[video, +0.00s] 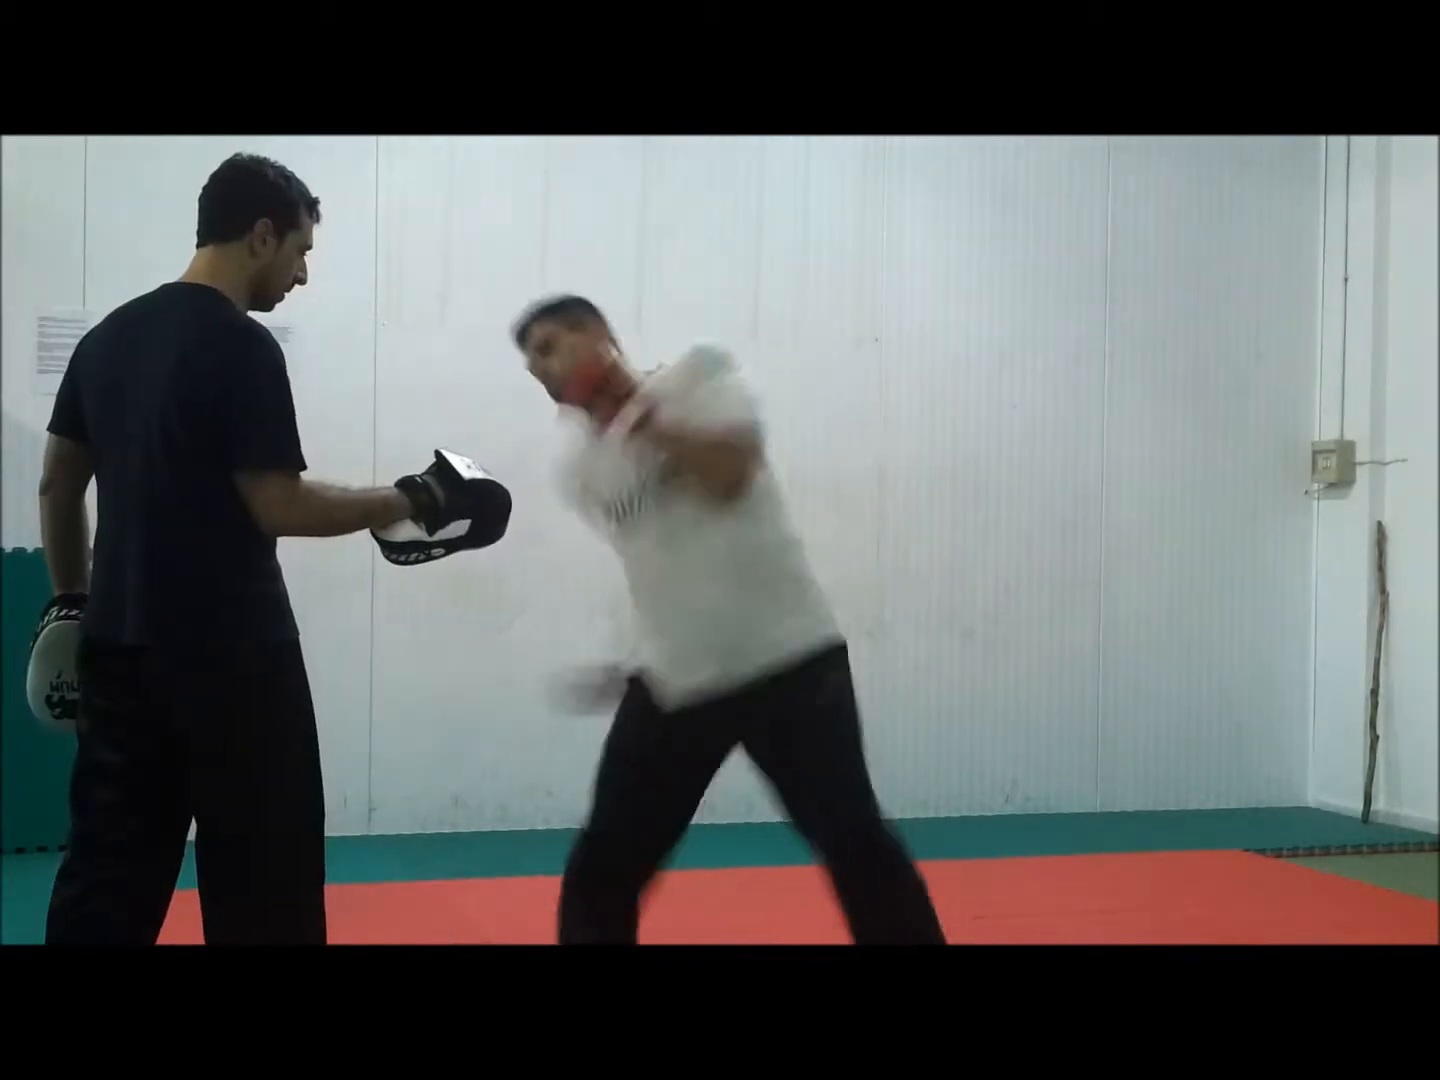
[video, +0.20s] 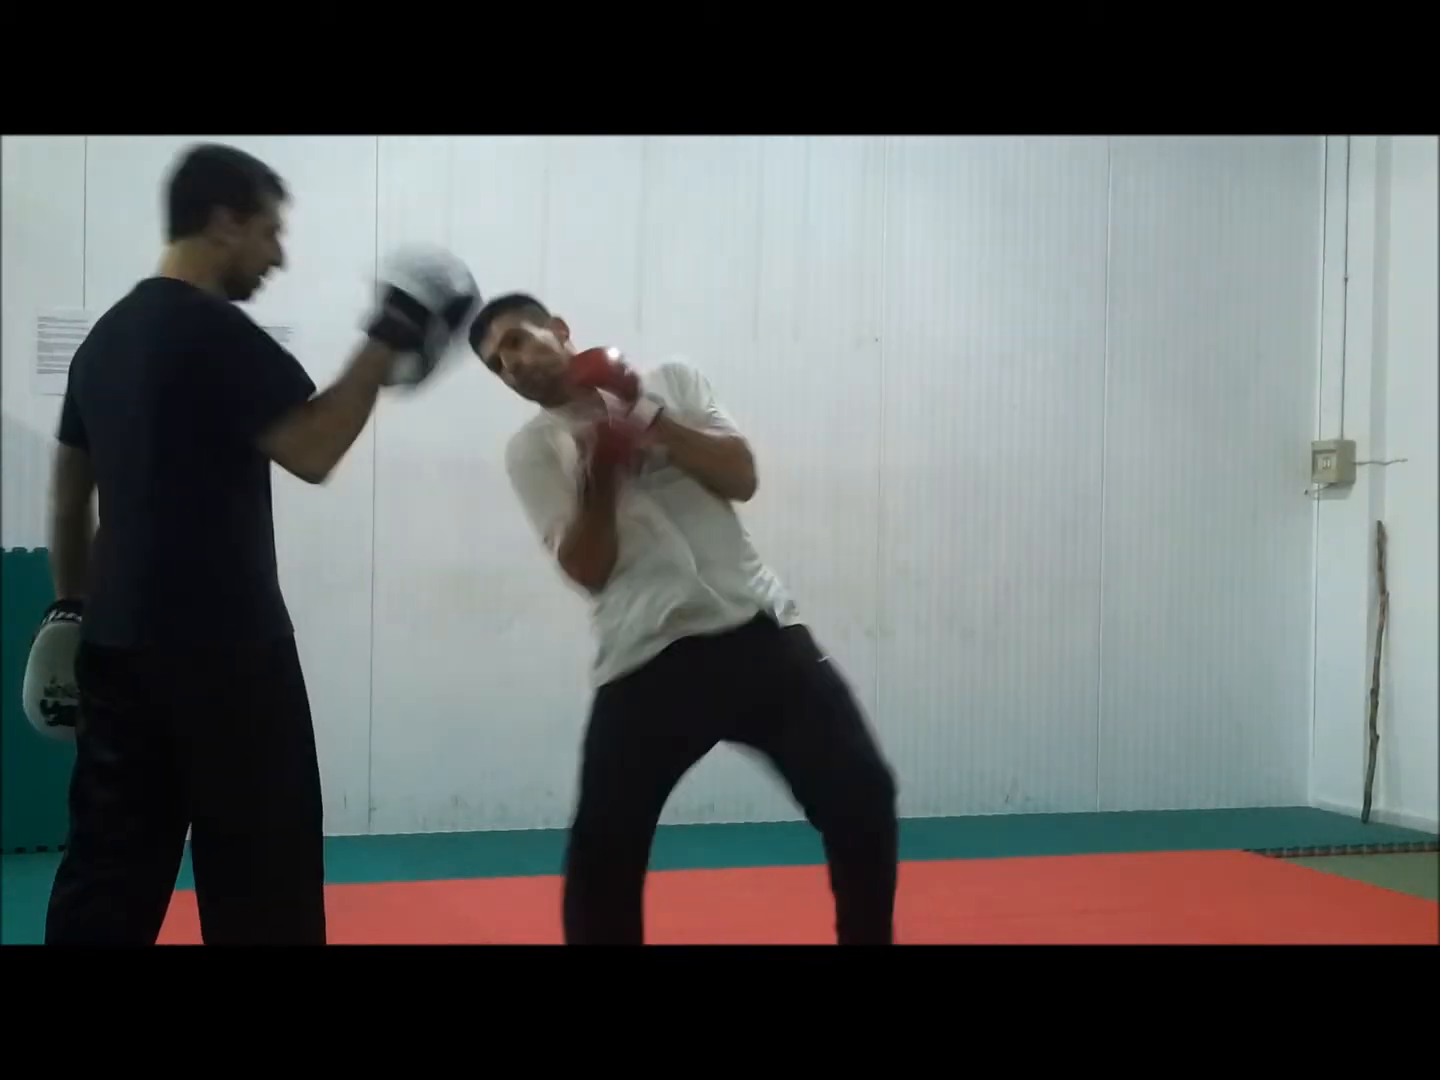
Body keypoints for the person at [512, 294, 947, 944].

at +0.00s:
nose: (542, 371)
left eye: (546, 347)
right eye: (532, 363)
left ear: (598, 333)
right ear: (543, 384)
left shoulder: (698, 376)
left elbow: (734, 473)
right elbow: (667, 569)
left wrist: (653, 424)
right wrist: (636, 666)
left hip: (788, 662)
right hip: (678, 684)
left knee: (858, 849)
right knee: (600, 878)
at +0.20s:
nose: (514, 358)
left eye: (518, 337)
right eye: (500, 361)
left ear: (561, 329)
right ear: (508, 384)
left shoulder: (669, 383)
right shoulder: (535, 448)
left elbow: (741, 477)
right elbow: (586, 570)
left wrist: (645, 413)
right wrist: (601, 466)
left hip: (760, 638)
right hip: (646, 667)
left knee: (863, 799)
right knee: (601, 862)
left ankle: (867, 938)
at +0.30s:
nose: (503, 347)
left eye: (510, 324)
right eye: (489, 345)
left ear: (556, 314)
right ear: (496, 367)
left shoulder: (663, 364)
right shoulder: (524, 452)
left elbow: (721, 479)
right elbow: (559, 595)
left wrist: (616, 413)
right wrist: (565, 566)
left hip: (748, 643)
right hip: (630, 674)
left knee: (837, 831)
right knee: (580, 872)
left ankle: (861, 940)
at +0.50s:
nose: (509, 335)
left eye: (520, 314)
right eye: (502, 322)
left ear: (573, 301)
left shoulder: (666, 362)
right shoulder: (572, 416)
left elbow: (699, 497)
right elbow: (619, 544)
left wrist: (591, 433)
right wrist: (562, 555)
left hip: (741, 632)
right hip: (642, 659)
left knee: (819, 826)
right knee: (596, 843)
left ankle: (885, 942)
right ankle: (584, 946)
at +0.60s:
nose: (538, 327)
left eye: (550, 305)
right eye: (533, 311)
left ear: (605, 296)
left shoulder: (687, 369)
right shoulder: (598, 405)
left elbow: (711, 506)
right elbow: (632, 539)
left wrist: (606, 438)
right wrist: (564, 518)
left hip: (749, 640)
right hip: (652, 657)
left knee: (824, 829)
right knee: (605, 844)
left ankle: (897, 941)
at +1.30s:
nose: (783, 300)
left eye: (801, 282)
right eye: (781, 284)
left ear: (858, 286)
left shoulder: (928, 387)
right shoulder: (791, 386)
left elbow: (913, 531)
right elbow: (761, 524)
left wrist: (840, 425)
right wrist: (757, 438)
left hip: (896, 658)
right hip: (791, 654)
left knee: (921, 849)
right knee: (714, 816)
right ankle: (711, 949)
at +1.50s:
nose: (723, 307)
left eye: (737, 289)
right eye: (721, 292)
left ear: (791, 287)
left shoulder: (862, 377)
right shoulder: (772, 398)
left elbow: (841, 528)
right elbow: (760, 532)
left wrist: (768, 432)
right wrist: (710, 452)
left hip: (867, 660)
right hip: (776, 658)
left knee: (904, 855)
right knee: (690, 829)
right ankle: (656, 947)